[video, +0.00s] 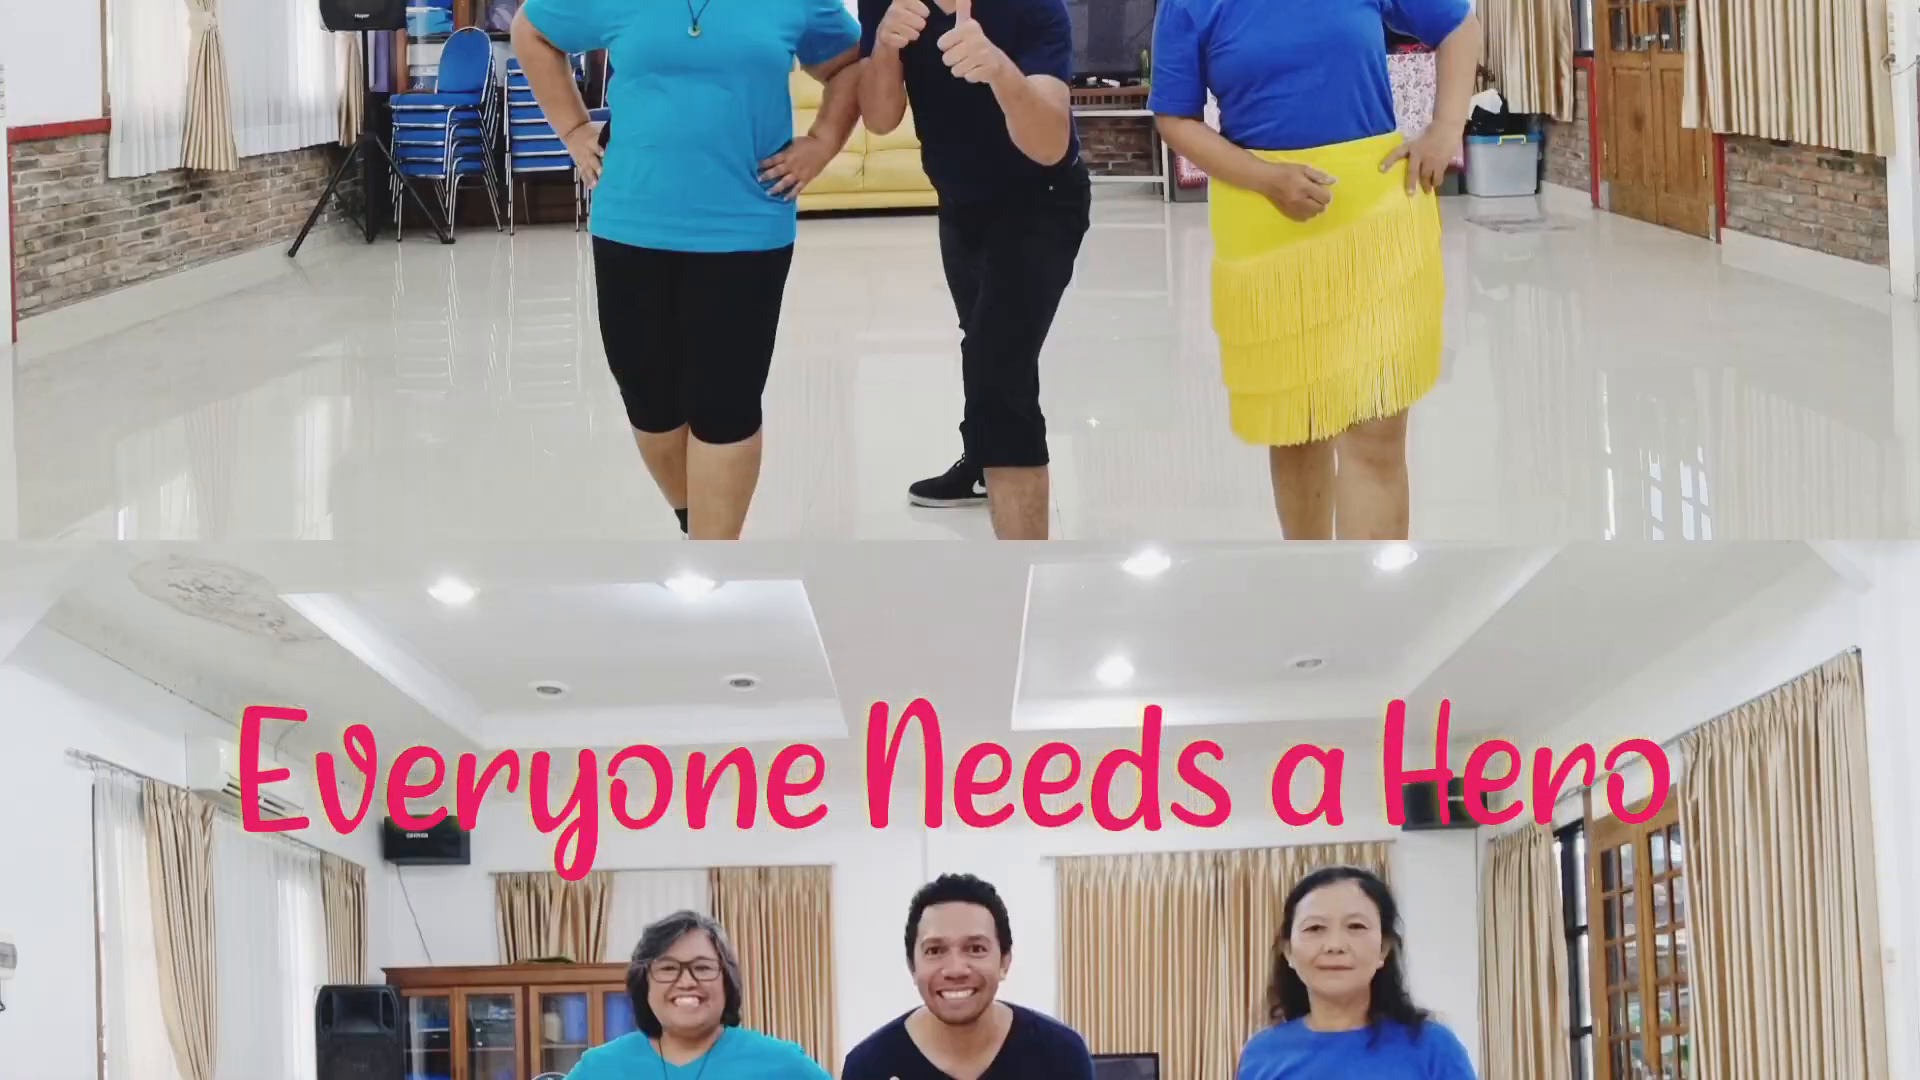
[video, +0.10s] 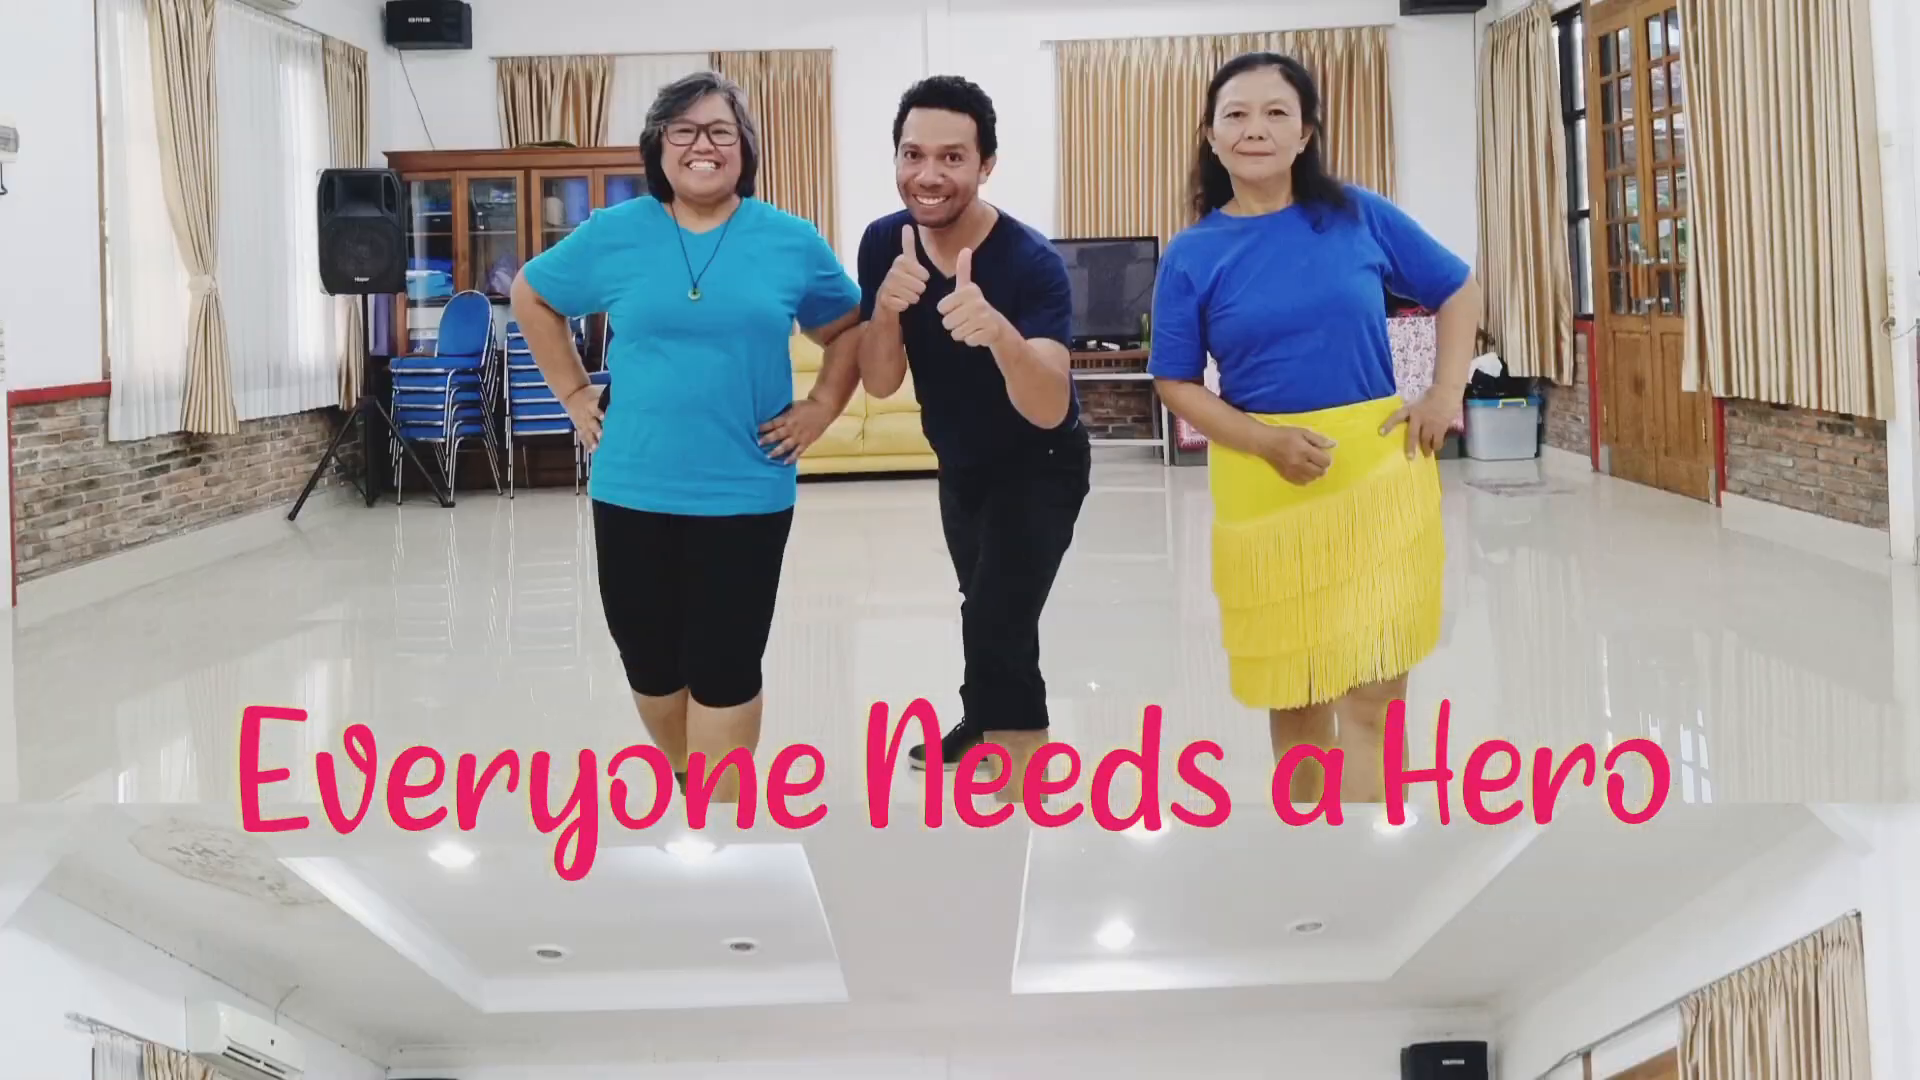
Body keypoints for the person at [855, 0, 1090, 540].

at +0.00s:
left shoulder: (1033, 10)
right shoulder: (893, 7)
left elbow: (1050, 146)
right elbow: (879, 119)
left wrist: (1002, 72)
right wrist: (884, 48)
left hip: (1039, 196)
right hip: (961, 200)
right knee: (982, 340)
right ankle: (984, 458)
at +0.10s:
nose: (930, 176)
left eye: (951, 159)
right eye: (915, 157)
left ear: (986, 168)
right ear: (896, 163)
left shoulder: (1031, 265)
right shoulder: (885, 245)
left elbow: (1049, 409)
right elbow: (880, 383)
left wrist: (1002, 335)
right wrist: (884, 313)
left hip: (1041, 465)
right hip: (961, 467)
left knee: (994, 621)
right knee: (991, 618)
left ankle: (1012, 763)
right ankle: (1008, 753)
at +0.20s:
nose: (929, 336)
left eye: (951, 319)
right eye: (914, 317)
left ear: (986, 328)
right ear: (896, 323)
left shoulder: (1030, 424)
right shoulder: (885, 405)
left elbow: (1050, 568)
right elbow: (880, 543)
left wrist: (1002, 495)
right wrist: (884, 473)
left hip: (1040, 623)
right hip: (960, 626)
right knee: (985, 770)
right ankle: (988, 888)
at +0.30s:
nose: (930, 418)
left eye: (951, 401)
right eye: (914, 399)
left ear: (986, 410)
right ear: (896, 405)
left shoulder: (1031, 506)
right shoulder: (885, 486)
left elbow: (1049, 651)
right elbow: (880, 625)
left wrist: (1003, 578)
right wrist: (884, 555)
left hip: (1042, 702)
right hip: (962, 702)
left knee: (1001, 888)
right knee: (981, 840)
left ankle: (1026, 1066)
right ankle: (987, 966)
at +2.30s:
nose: (929, 453)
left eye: (951, 436)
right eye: (914, 433)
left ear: (986, 444)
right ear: (896, 438)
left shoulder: (1031, 541)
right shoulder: (886, 521)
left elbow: (1050, 684)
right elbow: (880, 660)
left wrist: (1002, 612)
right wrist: (883, 588)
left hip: (1040, 742)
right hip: (960, 741)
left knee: (1001, 920)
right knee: (981, 878)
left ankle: (1023, 1071)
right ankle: (985, 1002)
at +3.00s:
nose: (929, 453)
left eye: (950, 435)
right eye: (914, 433)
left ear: (983, 443)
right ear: (895, 440)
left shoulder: (1012, 515)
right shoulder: (886, 518)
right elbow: (879, 659)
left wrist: (987, 592)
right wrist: (884, 583)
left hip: (1028, 720)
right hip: (958, 723)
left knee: (1021, 865)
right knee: (973, 863)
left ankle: (1019, 1001)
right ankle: (975, 995)